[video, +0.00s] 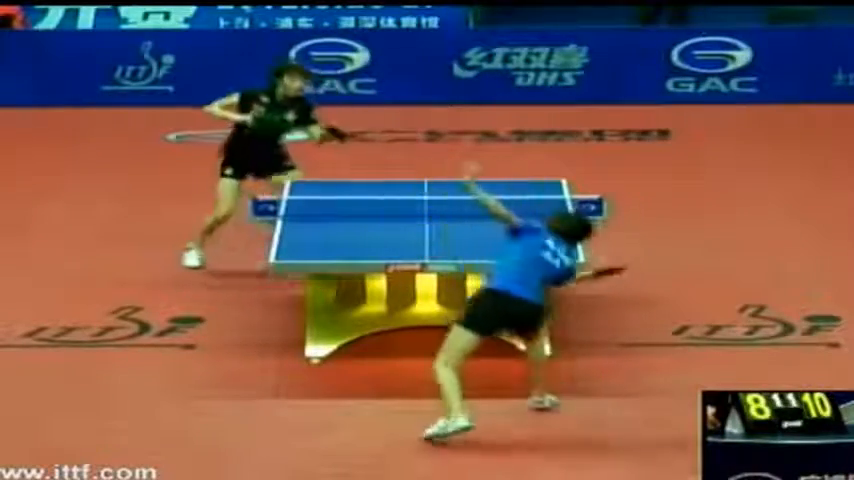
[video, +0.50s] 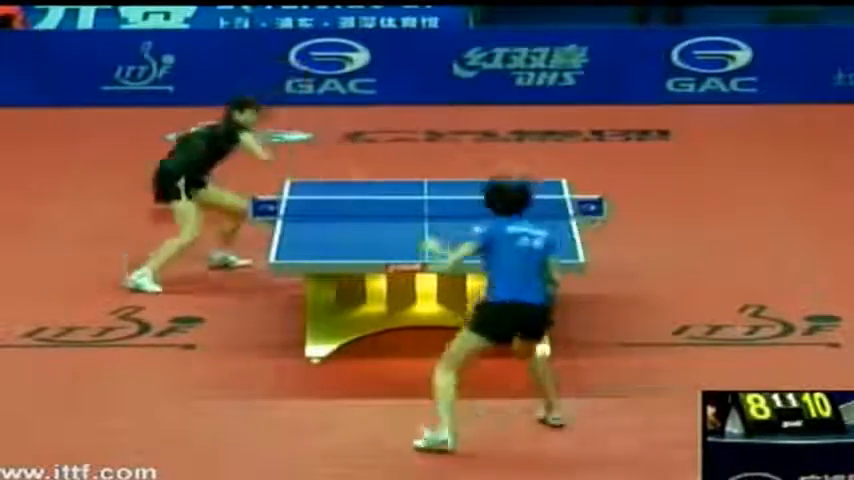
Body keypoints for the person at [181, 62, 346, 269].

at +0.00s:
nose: (299, 85)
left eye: (301, 81)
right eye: (294, 79)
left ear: (303, 84)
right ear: (281, 80)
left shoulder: (301, 108)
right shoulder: (255, 98)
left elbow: (316, 135)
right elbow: (212, 108)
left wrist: (328, 134)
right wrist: (240, 118)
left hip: (270, 153)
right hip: (239, 153)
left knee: (298, 190)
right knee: (226, 209)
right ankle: (196, 247)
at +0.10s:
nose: (292, 89)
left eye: (296, 84)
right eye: (289, 83)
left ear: (297, 87)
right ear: (275, 82)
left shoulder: (294, 111)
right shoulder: (248, 101)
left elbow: (316, 138)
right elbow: (205, 114)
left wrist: (334, 143)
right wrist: (233, 123)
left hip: (260, 158)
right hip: (230, 156)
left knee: (296, 197)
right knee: (217, 210)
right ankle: (175, 246)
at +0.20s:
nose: (286, 97)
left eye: (290, 94)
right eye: (282, 91)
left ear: (292, 98)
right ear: (271, 91)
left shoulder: (288, 123)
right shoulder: (244, 111)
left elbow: (311, 149)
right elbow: (204, 123)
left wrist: (338, 159)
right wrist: (230, 133)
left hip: (254, 170)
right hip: (222, 166)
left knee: (294, 198)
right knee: (204, 216)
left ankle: (300, 252)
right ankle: (162, 254)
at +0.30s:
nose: (276, 110)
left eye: (280, 106)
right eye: (273, 104)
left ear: (279, 110)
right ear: (261, 102)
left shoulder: (272, 135)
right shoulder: (239, 118)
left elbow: (283, 165)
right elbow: (220, 136)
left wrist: (306, 176)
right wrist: (257, 142)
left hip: (225, 175)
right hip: (197, 172)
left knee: (262, 209)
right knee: (184, 224)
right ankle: (146, 260)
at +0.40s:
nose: (270, 115)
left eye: (271, 110)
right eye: (266, 108)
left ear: (254, 111)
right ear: (252, 108)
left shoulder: (247, 129)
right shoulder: (238, 122)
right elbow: (250, 142)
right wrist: (283, 139)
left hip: (204, 174)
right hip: (180, 174)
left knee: (247, 203)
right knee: (188, 225)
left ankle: (255, 253)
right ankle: (141, 257)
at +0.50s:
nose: (255, 119)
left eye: (255, 113)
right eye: (251, 113)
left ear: (233, 115)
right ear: (237, 114)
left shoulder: (216, 128)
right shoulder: (236, 131)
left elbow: (189, 134)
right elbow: (258, 153)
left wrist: (175, 137)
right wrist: (263, 154)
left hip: (191, 180)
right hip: (174, 179)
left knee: (239, 209)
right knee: (189, 234)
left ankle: (222, 254)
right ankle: (144, 273)